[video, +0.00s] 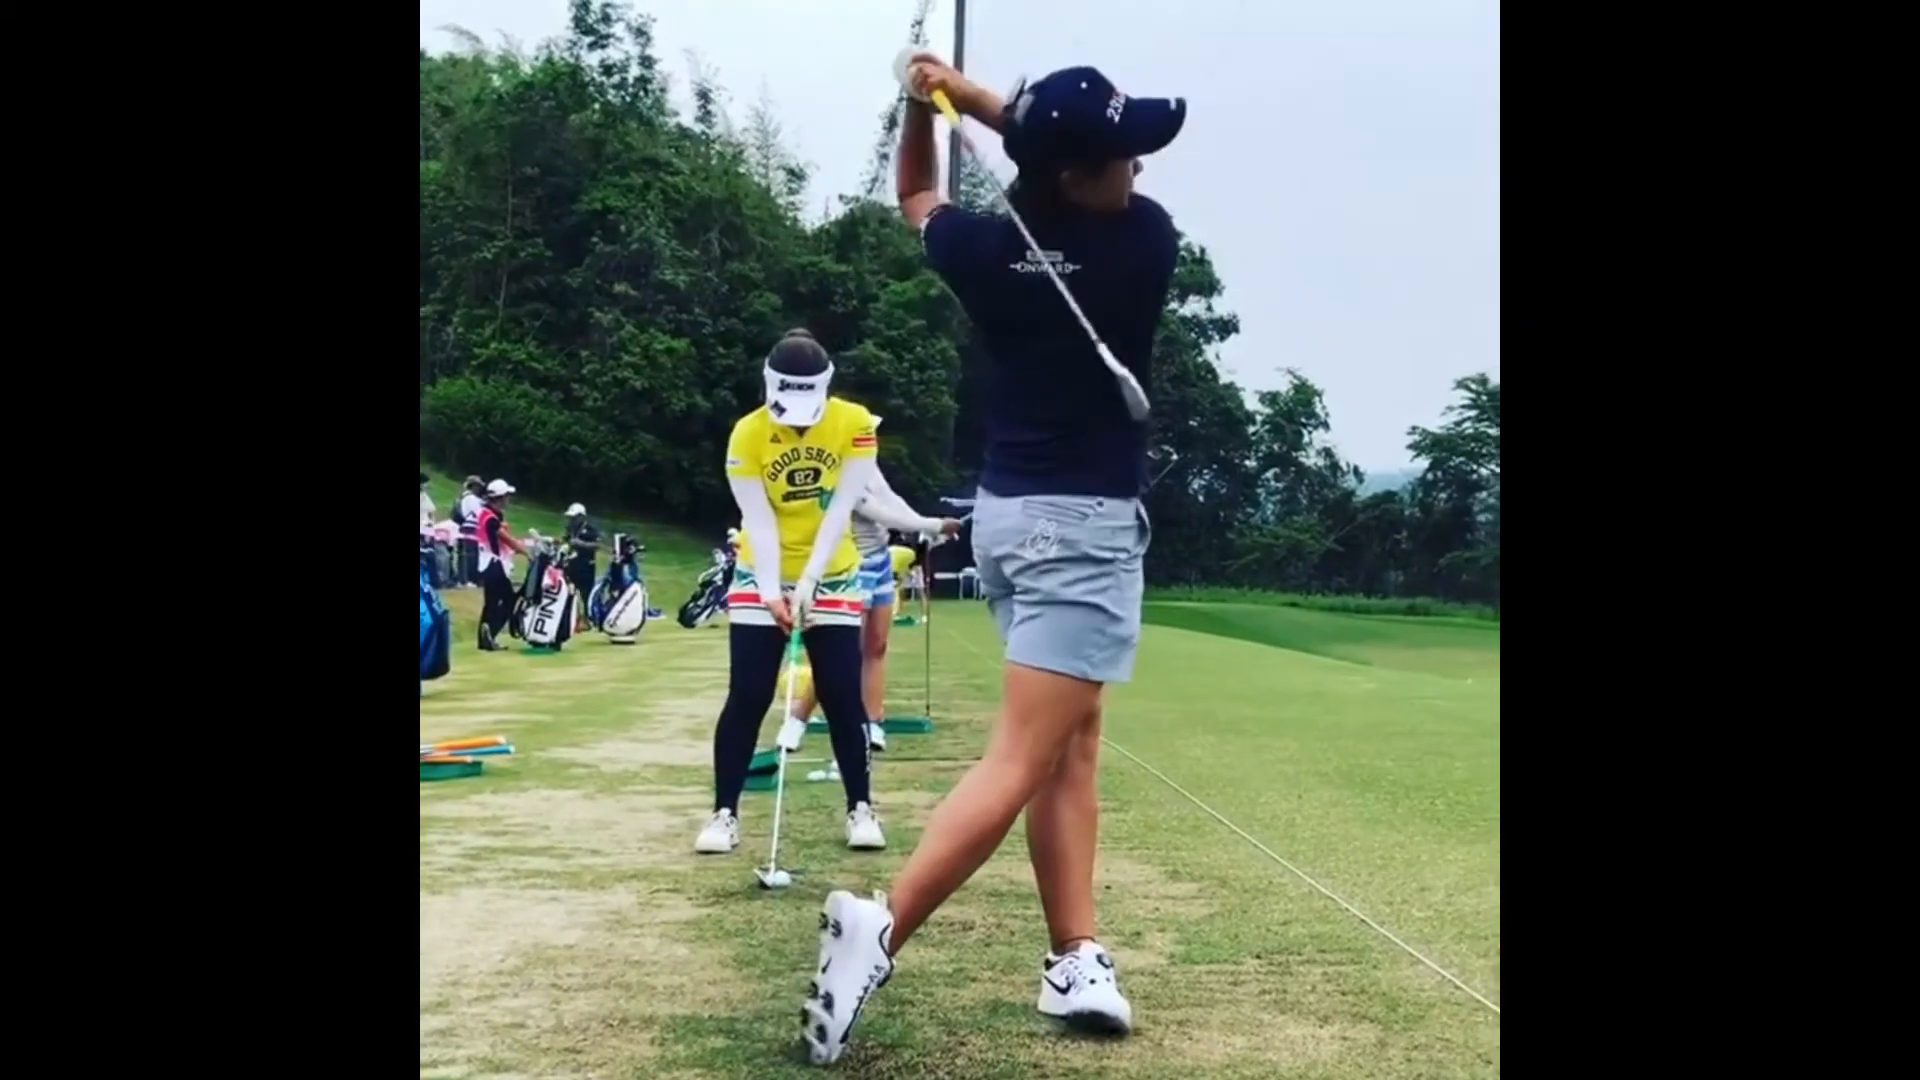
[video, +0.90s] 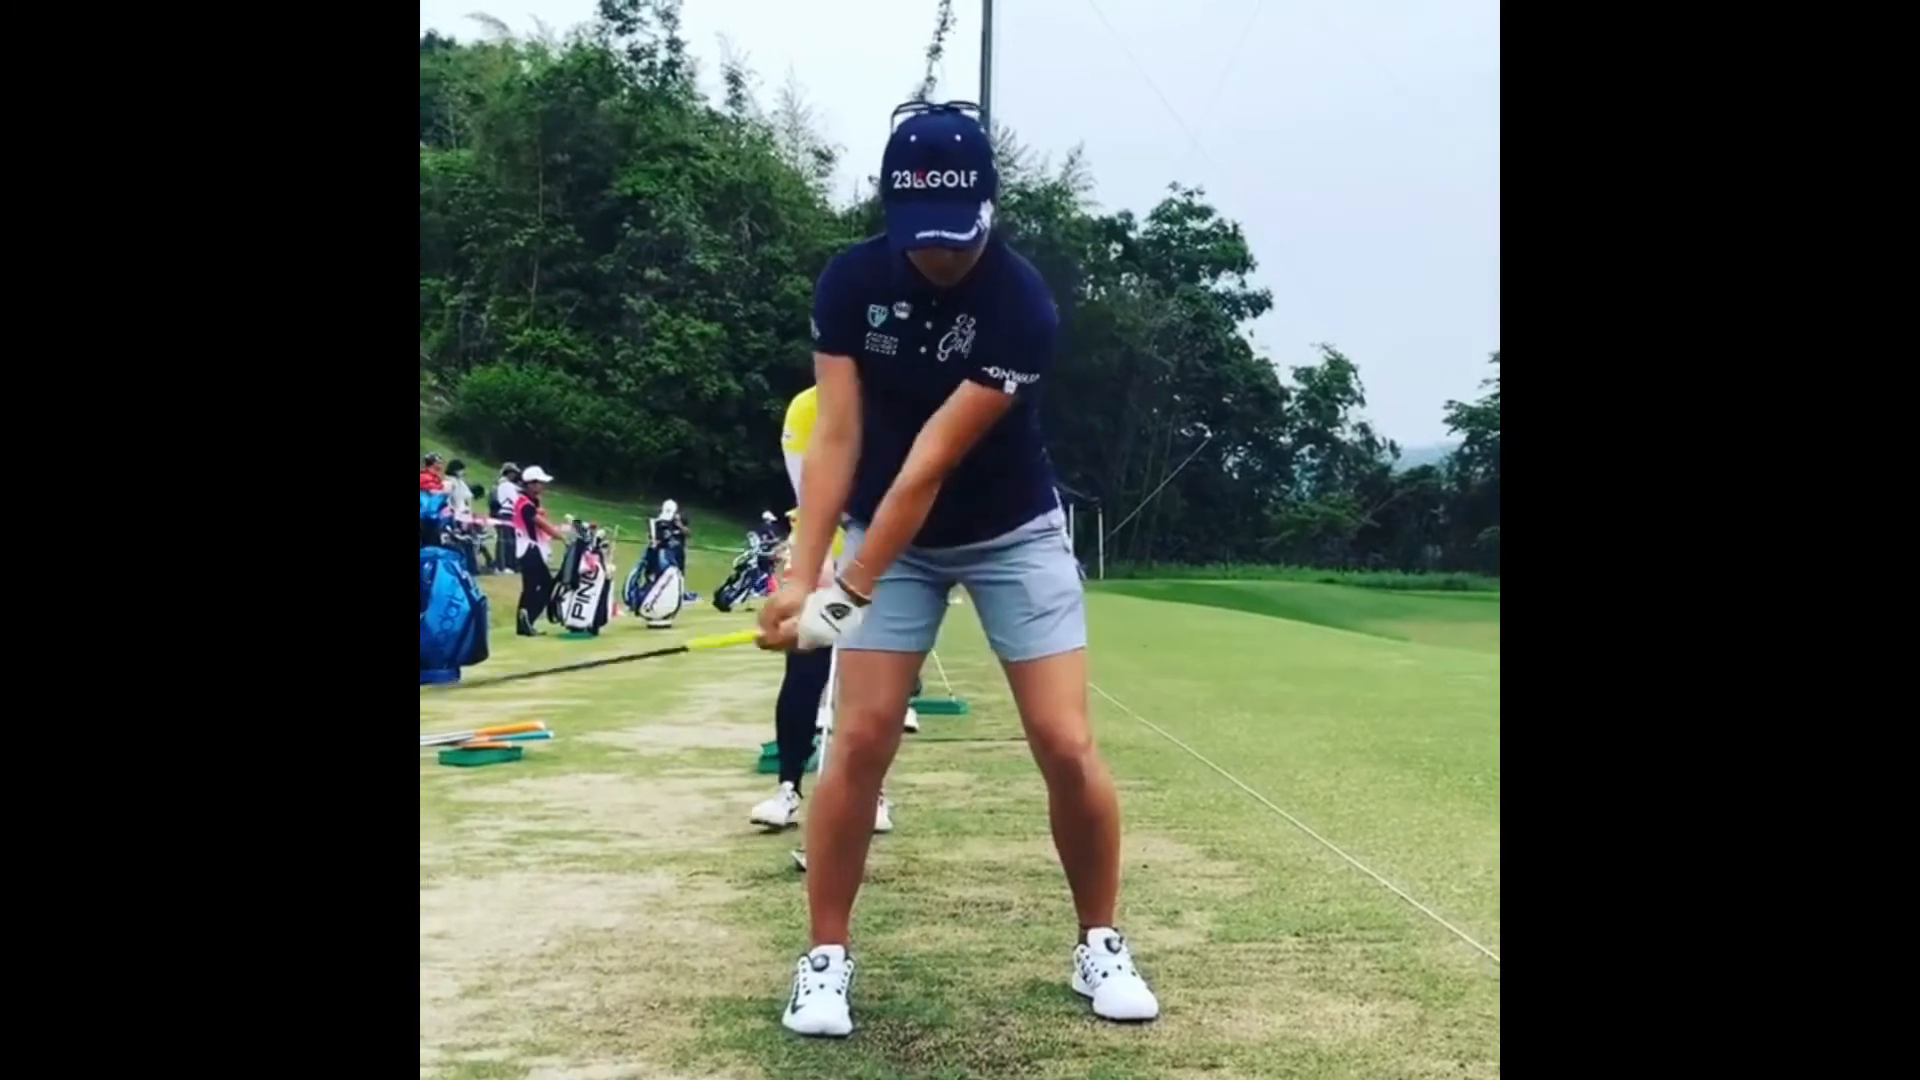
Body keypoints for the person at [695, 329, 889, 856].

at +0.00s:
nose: (795, 413)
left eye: (805, 403)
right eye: (785, 402)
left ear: (825, 387)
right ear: (769, 387)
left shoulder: (855, 424)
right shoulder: (747, 437)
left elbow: (843, 506)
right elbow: (758, 522)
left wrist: (808, 578)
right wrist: (769, 586)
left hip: (834, 575)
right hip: (759, 575)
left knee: (842, 696)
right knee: (747, 695)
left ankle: (860, 809)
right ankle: (724, 814)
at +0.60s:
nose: (789, 423)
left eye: (800, 412)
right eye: (780, 411)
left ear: (819, 397)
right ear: (765, 397)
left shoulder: (849, 435)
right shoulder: (741, 445)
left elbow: (833, 515)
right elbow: (755, 530)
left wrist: (798, 588)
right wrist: (770, 599)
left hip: (823, 586)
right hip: (751, 584)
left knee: (831, 703)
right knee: (735, 702)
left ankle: (849, 816)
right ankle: (709, 820)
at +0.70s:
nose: (848, 358)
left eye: (859, 349)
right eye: (840, 347)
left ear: (881, 347)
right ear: (830, 347)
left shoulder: (895, 401)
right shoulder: (809, 402)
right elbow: (809, 496)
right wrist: (830, 559)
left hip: (873, 564)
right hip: (813, 563)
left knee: (872, 691)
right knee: (816, 680)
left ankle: (867, 785)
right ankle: (810, 787)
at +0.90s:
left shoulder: (898, 409)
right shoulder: (806, 409)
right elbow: (809, 501)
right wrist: (818, 563)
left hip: (884, 547)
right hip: (825, 549)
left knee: (876, 681)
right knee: (805, 667)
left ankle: (871, 786)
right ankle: (789, 786)